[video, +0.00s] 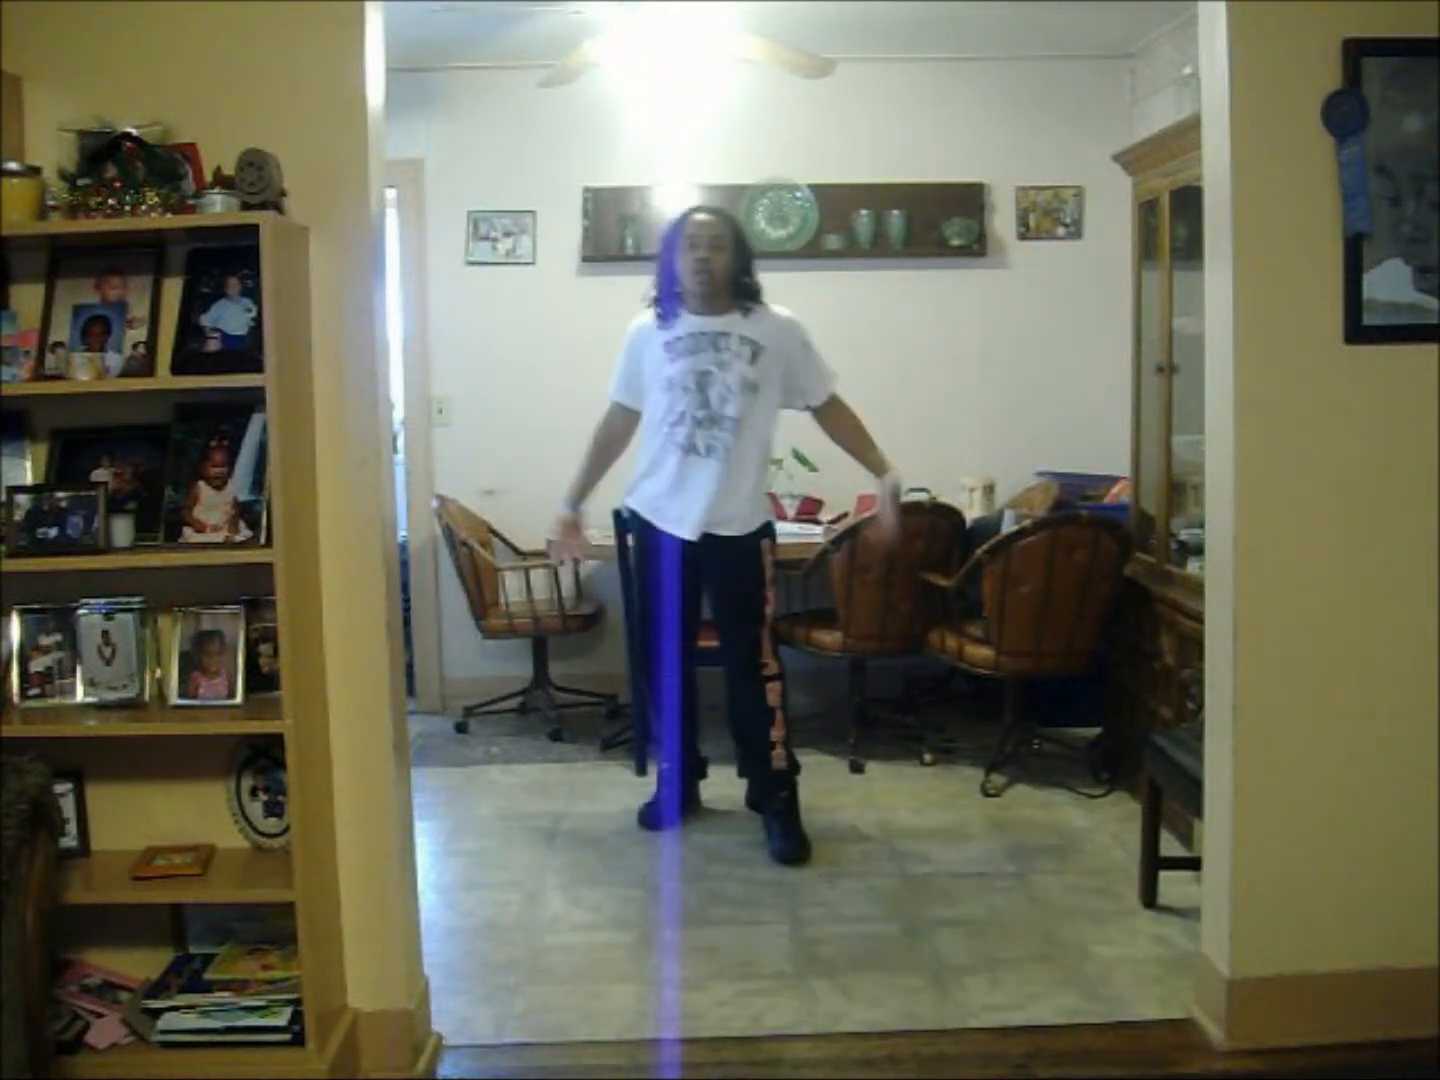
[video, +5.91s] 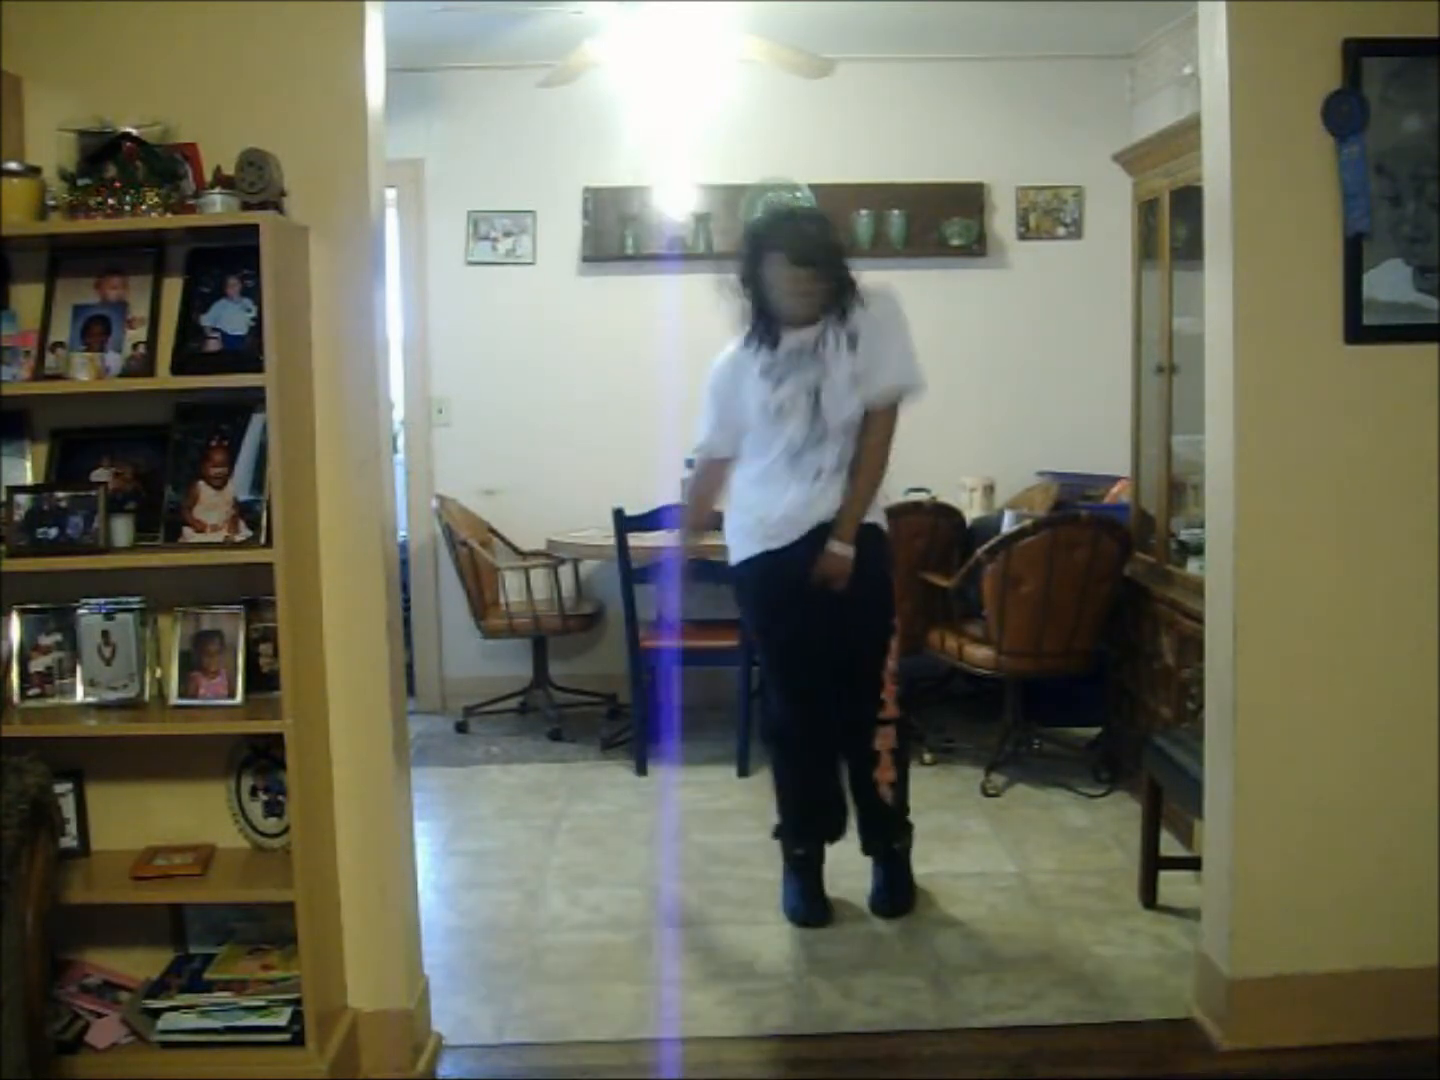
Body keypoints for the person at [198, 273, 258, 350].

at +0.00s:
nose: (233, 288)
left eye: (236, 285)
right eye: (230, 285)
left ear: (240, 287)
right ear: (225, 288)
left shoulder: (247, 303)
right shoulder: (222, 304)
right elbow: (205, 320)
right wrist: (210, 335)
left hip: (243, 338)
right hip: (225, 338)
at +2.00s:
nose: (233, 289)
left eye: (236, 285)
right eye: (230, 286)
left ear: (240, 287)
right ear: (226, 288)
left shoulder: (247, 304)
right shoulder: (221, 304)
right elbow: (205, 320)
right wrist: (210, 335)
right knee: (212, 342)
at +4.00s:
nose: (233, 289)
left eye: (235, 285)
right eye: (230, 286)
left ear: (240, 287)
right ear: (225, 288)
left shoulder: (247, 304)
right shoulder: (220, 304)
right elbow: (205, 320)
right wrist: (210, 335)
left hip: (244, 337)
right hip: (224, 337)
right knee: (212, 341)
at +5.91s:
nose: (234, 289)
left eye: (236, 285)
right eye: (231, 286)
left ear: (240, 287)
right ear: (226, 288)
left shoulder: (247, 303)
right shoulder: (221, 304)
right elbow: (206, 320)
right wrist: (210, 335)